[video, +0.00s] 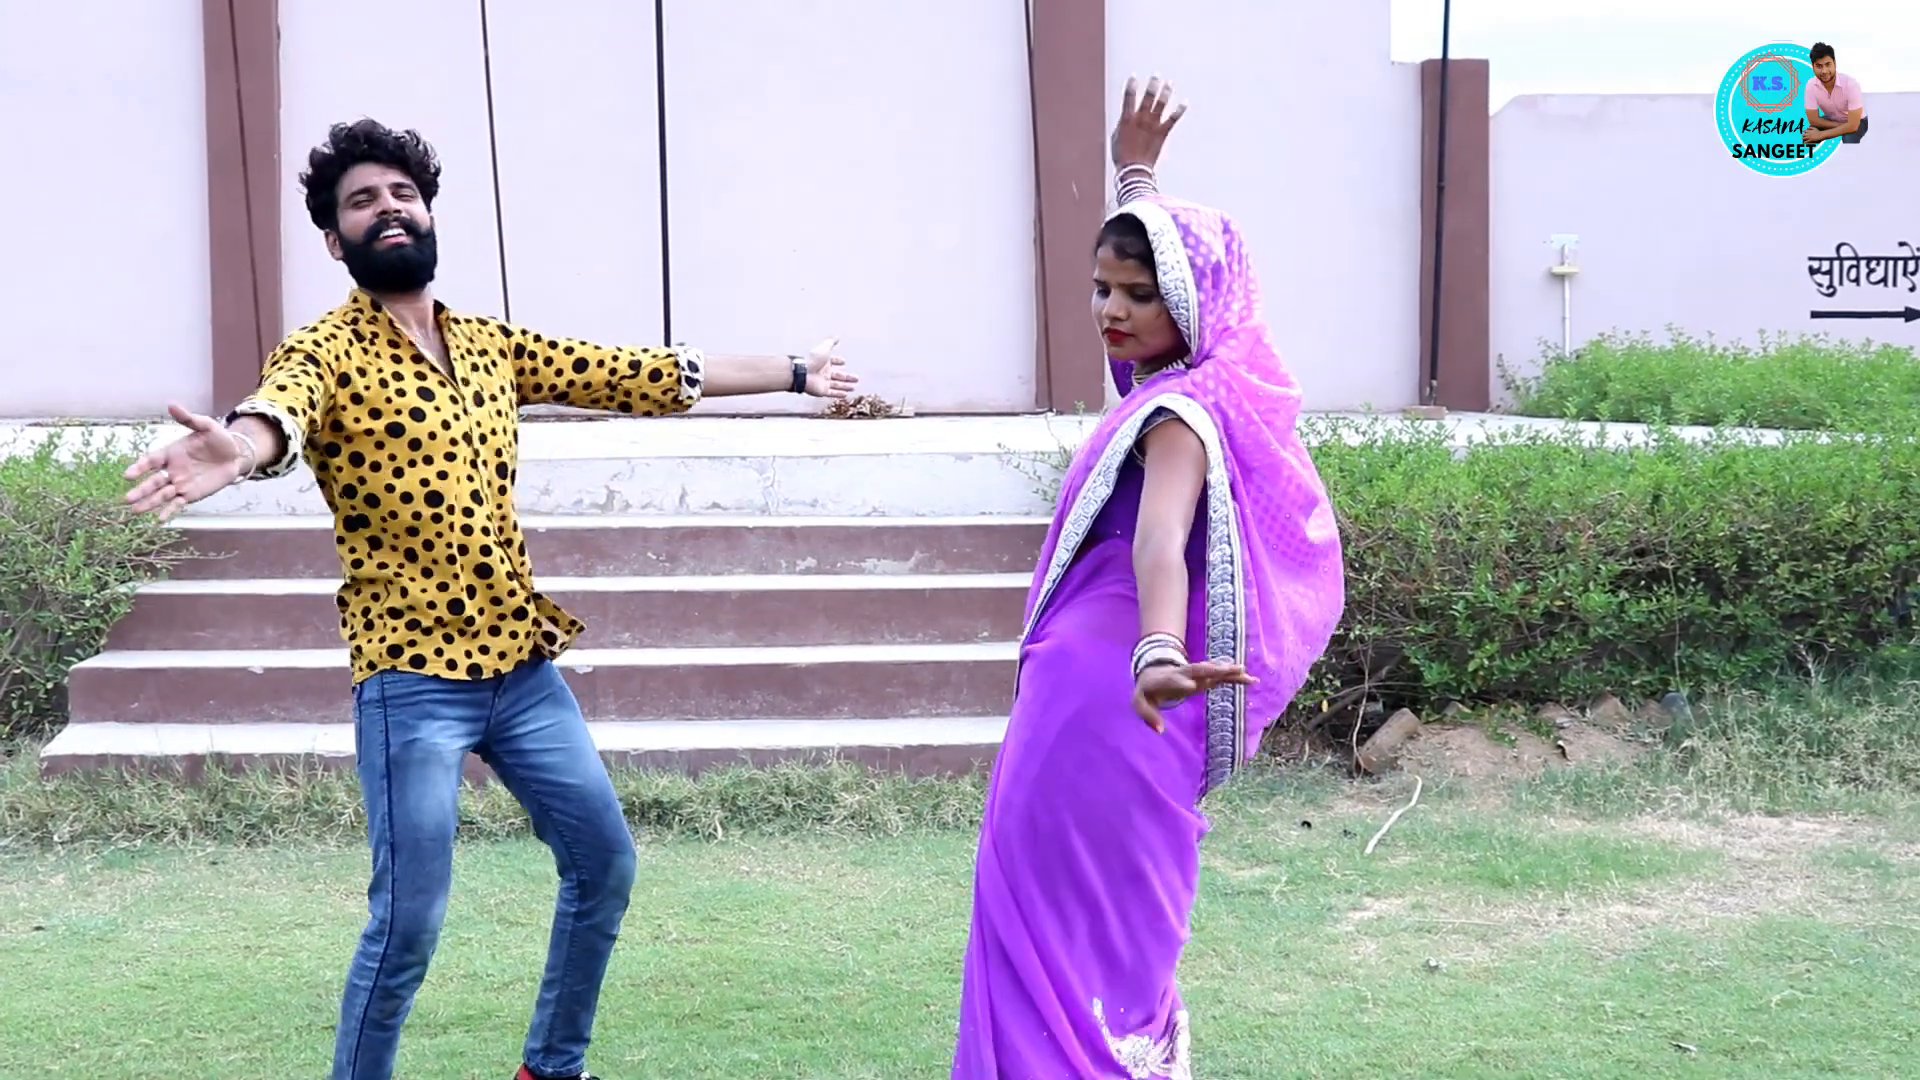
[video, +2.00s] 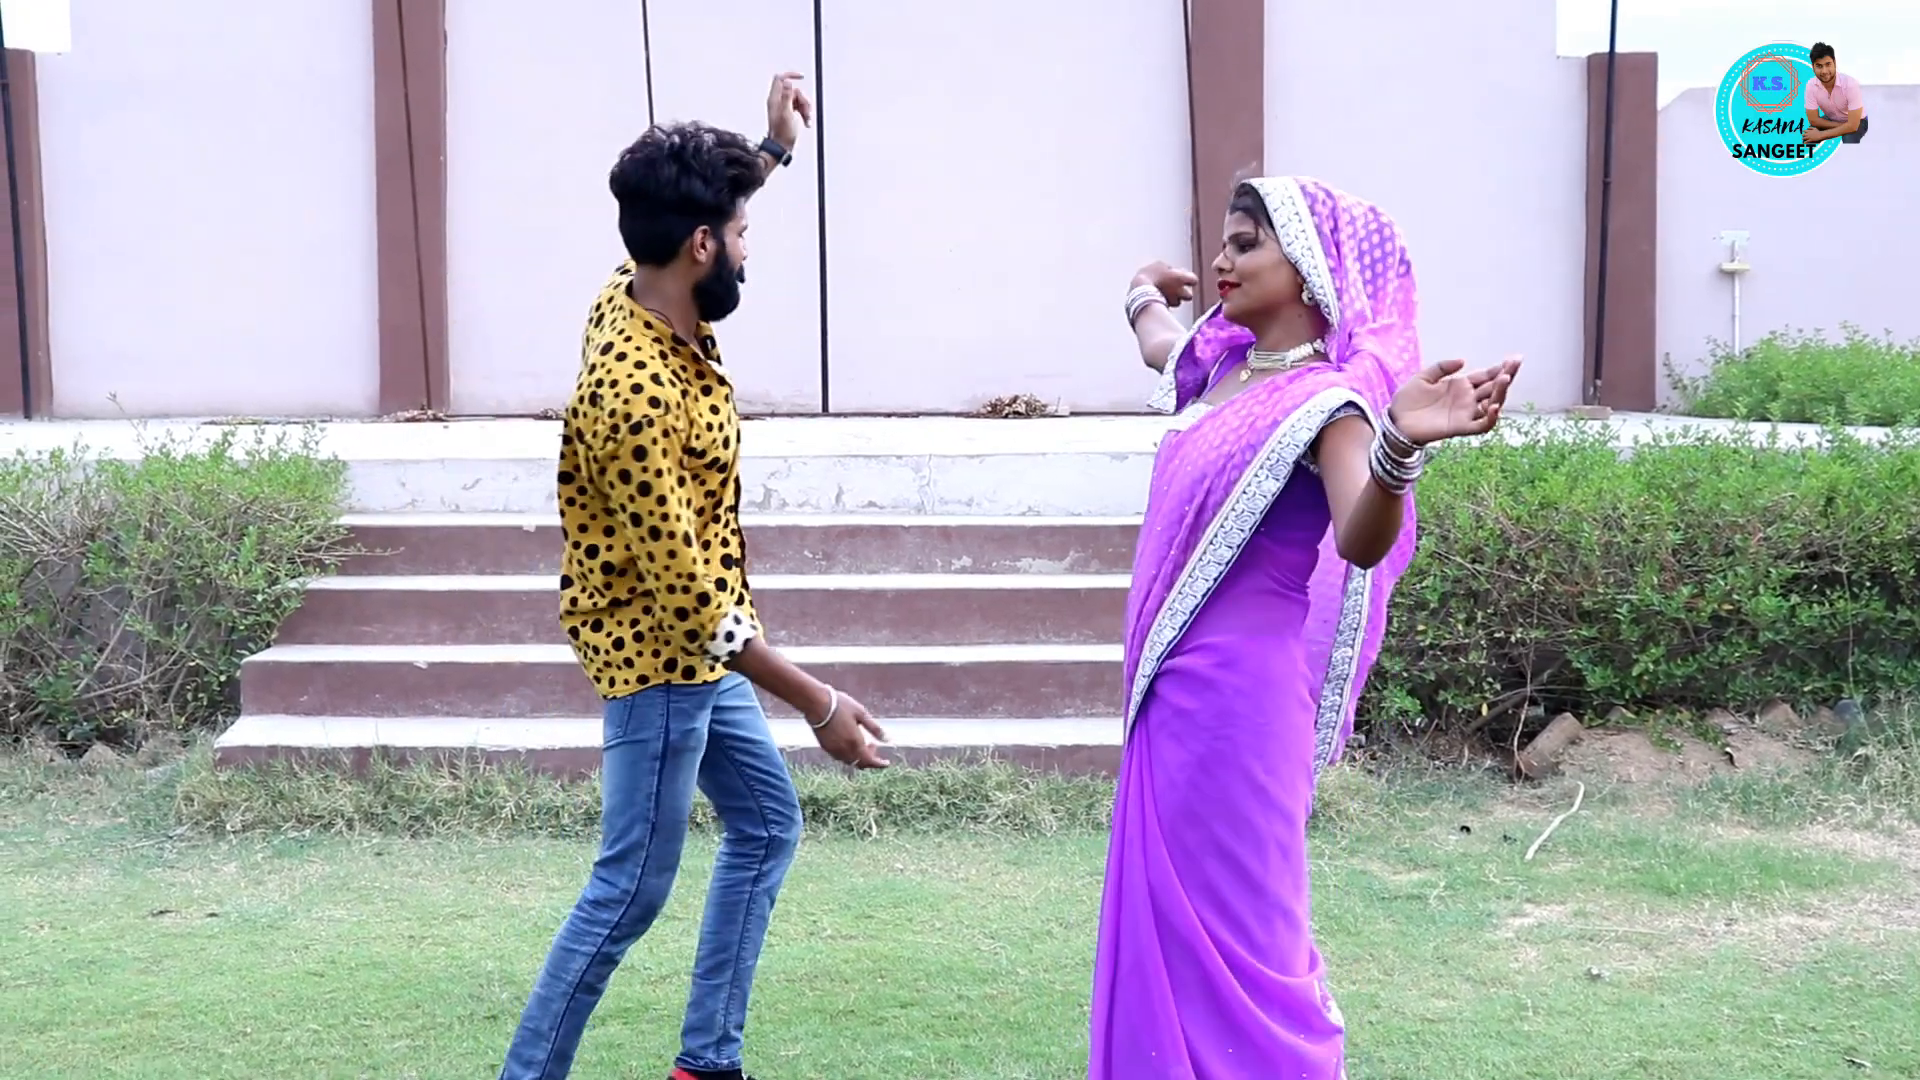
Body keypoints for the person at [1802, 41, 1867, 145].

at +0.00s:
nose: (1824, 71)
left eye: (1828, 65)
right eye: (1819, 66)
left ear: (1835, 64)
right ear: (1813, 67)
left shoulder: (1850, 84)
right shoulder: (1812, 85)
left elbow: (1853, 126)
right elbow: (1813, 120)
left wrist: (1820, 135)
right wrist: (1843, 126)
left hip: (1854, 122)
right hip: (1829, 121)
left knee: (1849, 140)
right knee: (1810, 136)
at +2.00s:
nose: (1824, 71)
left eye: (1828, 65)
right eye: (1819, 66)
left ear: (1835, 63)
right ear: (1813, 67)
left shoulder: (1850, 85)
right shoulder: (1812, 86)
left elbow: (1853, 126)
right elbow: (1813, 120)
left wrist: (1820, 135)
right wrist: (1843, 126)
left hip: (1855, 122)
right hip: (1830, 121)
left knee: (1848, 140)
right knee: (1810, 136)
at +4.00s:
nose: (1824, 71)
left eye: (1828, 65)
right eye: (1819, 66)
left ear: (1835, 63)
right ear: (1813, 67)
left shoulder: (1850, 84)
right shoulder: (1812, 86)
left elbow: (1853, 126)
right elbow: (1813, 120)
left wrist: (1820, 135)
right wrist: (1843, 126)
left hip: (1855, 122)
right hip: (1829, 121)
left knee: (1849, 140)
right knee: (1810, 137)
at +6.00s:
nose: (1824, 71)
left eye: (1828, 65)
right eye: (1819, 66)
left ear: (1835, 63)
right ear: (1813, 67)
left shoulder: (1850, 84)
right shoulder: (1812, 86)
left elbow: (1853, 126)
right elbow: (1813, 120)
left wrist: (1820, 135)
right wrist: (1843, 126)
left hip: (1855, 122)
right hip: (1830, 121)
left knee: (1848, 140)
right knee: (1810, 136)